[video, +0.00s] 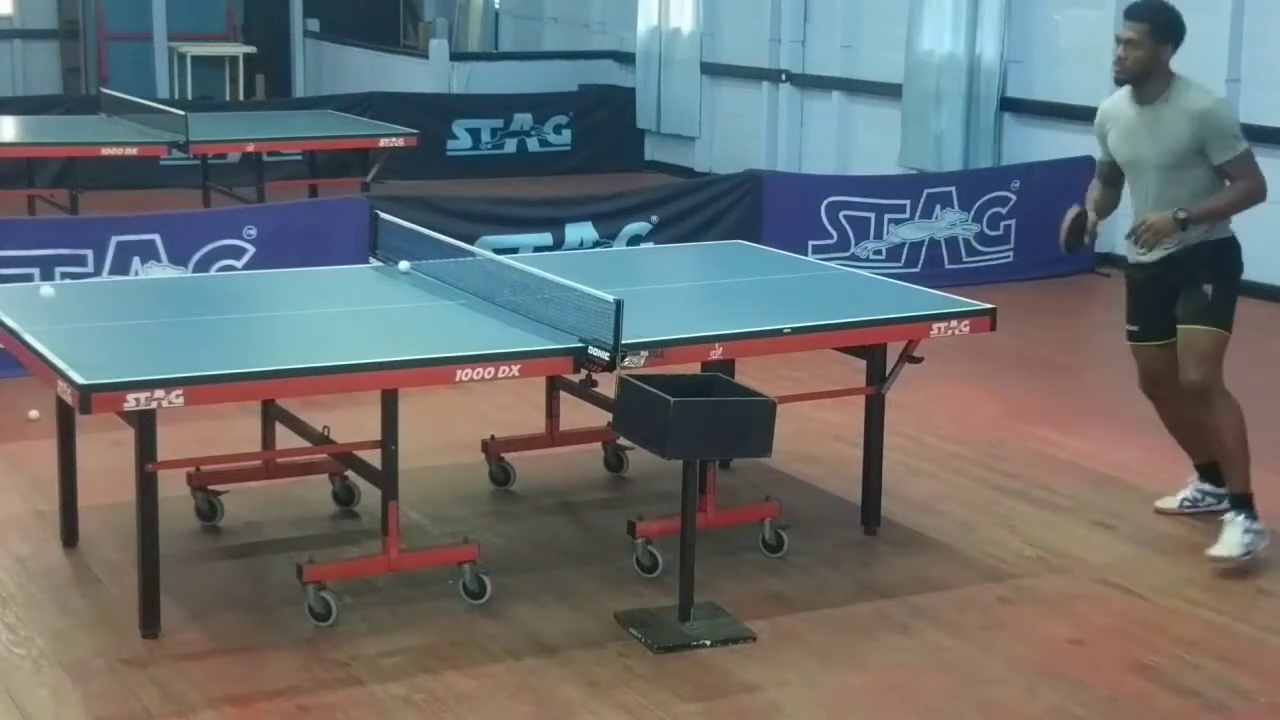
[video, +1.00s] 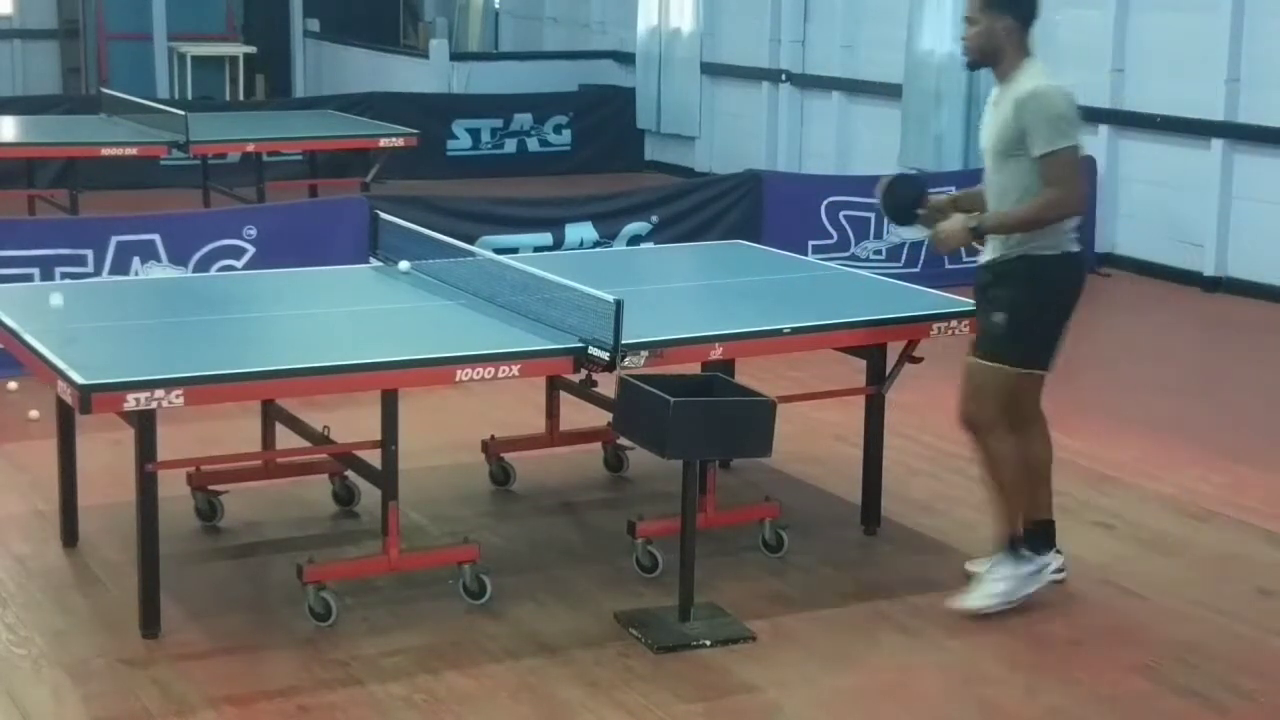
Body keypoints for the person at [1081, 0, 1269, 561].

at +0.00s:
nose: (1119, 53)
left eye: (1132, 45)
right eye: (1118, 42)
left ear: (1165, 52)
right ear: (1119, 46)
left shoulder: (1203, 109)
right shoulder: (1111, 113)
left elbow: (1252, 187)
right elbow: (1108, 182)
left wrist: (1180, 217)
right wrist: (1090, 211)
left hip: (1206, 259)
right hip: (1146, 266)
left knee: (1198, 379)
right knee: (1157, 382)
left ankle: (1245, 516)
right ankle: (1213, 484)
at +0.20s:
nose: (1124, 36)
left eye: (1135, 25)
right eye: (1120, 26)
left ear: (1172, 29)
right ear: (1116, 33)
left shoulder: (1214, 93)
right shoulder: (1111, 102)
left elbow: (1269, 160)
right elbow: (1109, 169)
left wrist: (1200, 199)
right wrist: (1097, 214)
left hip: (1203, 256)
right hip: (1140, 262)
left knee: (1190, 395)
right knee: (1145, 383)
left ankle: (1215, 533)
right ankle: (1197, 463)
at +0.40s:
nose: (1105, 29)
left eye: (1117, 18)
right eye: (1103, 19)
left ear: (1155, 23)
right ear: (1110, 27)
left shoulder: (1196, 92)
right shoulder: (1108, 96)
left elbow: (1250, 177)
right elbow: (1121, 175)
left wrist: (1167, 219)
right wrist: (1092, 215)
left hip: (1186, 264)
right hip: (1122, 263)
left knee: (1187, 398)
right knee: (1088, 384)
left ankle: (1211, 529)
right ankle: (1155, 489)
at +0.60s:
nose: (1062, 33)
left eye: (1072, 22)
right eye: (1064, 22)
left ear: (1109, 29)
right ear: (1098, 30)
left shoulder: (1145, 96)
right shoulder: (1085, 98)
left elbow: (1169, 190)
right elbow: (1101, 186)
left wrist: (1078, 212)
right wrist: (1055, 218)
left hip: (1152, 271)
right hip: (1092, 271)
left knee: (1174, 400)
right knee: (1060, 397)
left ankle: (1206, 524)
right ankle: (1045, 540)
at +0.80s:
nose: (1024, 33)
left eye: (1034, 21)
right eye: (1026, 22)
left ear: (1069, 28)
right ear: (1053, 30)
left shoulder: (1105, 96)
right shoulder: (1052, 99)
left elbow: (1120, 197)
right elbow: (1063, 194)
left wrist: (1027, 218)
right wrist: (1014, 223)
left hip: (1099, 276)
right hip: (1044, 273)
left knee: (1099, 417)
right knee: (1023, 404)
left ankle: (1170, 499)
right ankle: (1038, 548)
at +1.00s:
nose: (964, 35)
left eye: (973, 22)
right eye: (965, 22)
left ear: (1008, 26)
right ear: (1003, 28)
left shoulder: (1041, 97)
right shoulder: (1007, 97)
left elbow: (1069, 196)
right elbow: (1019, 188)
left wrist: (976, 225)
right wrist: (956, 202)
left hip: (1037, 267)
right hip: (1020, 264)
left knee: (982, 409)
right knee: (1020, 411)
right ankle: (1038, 546)